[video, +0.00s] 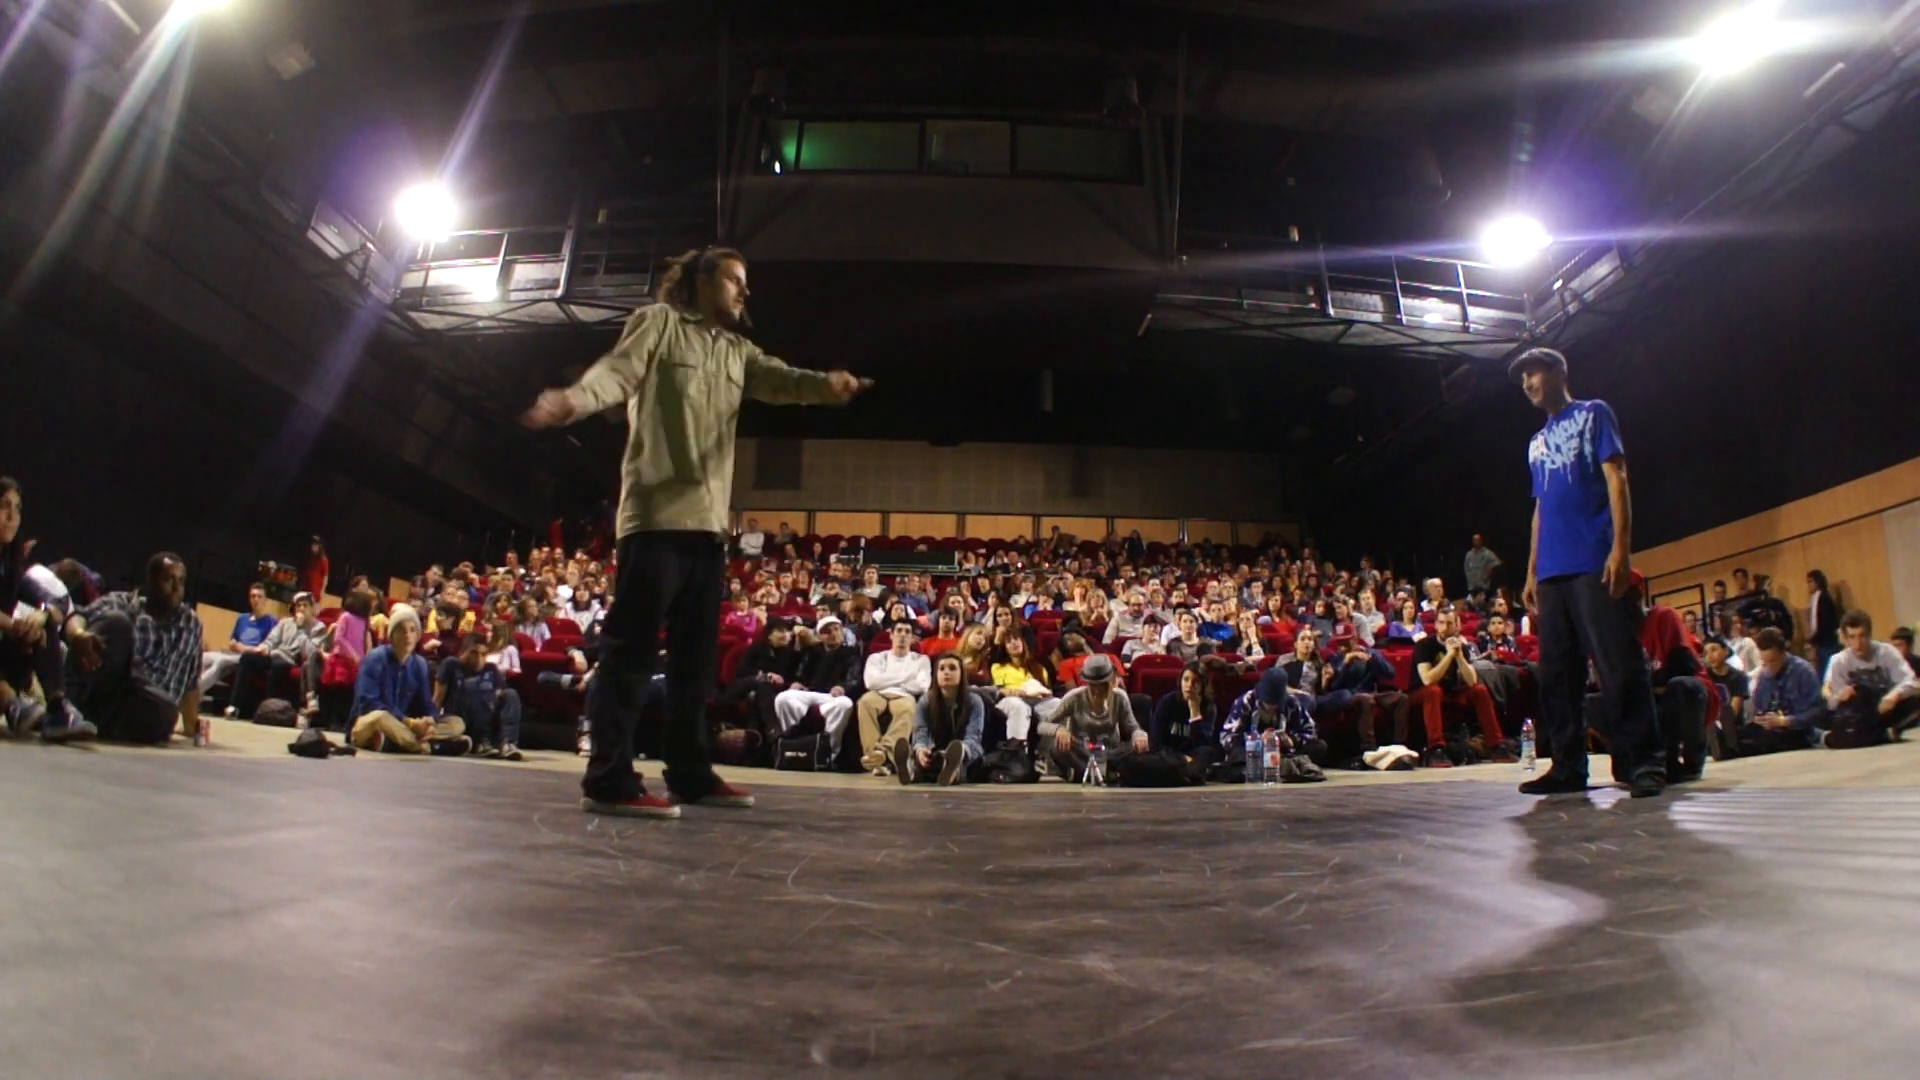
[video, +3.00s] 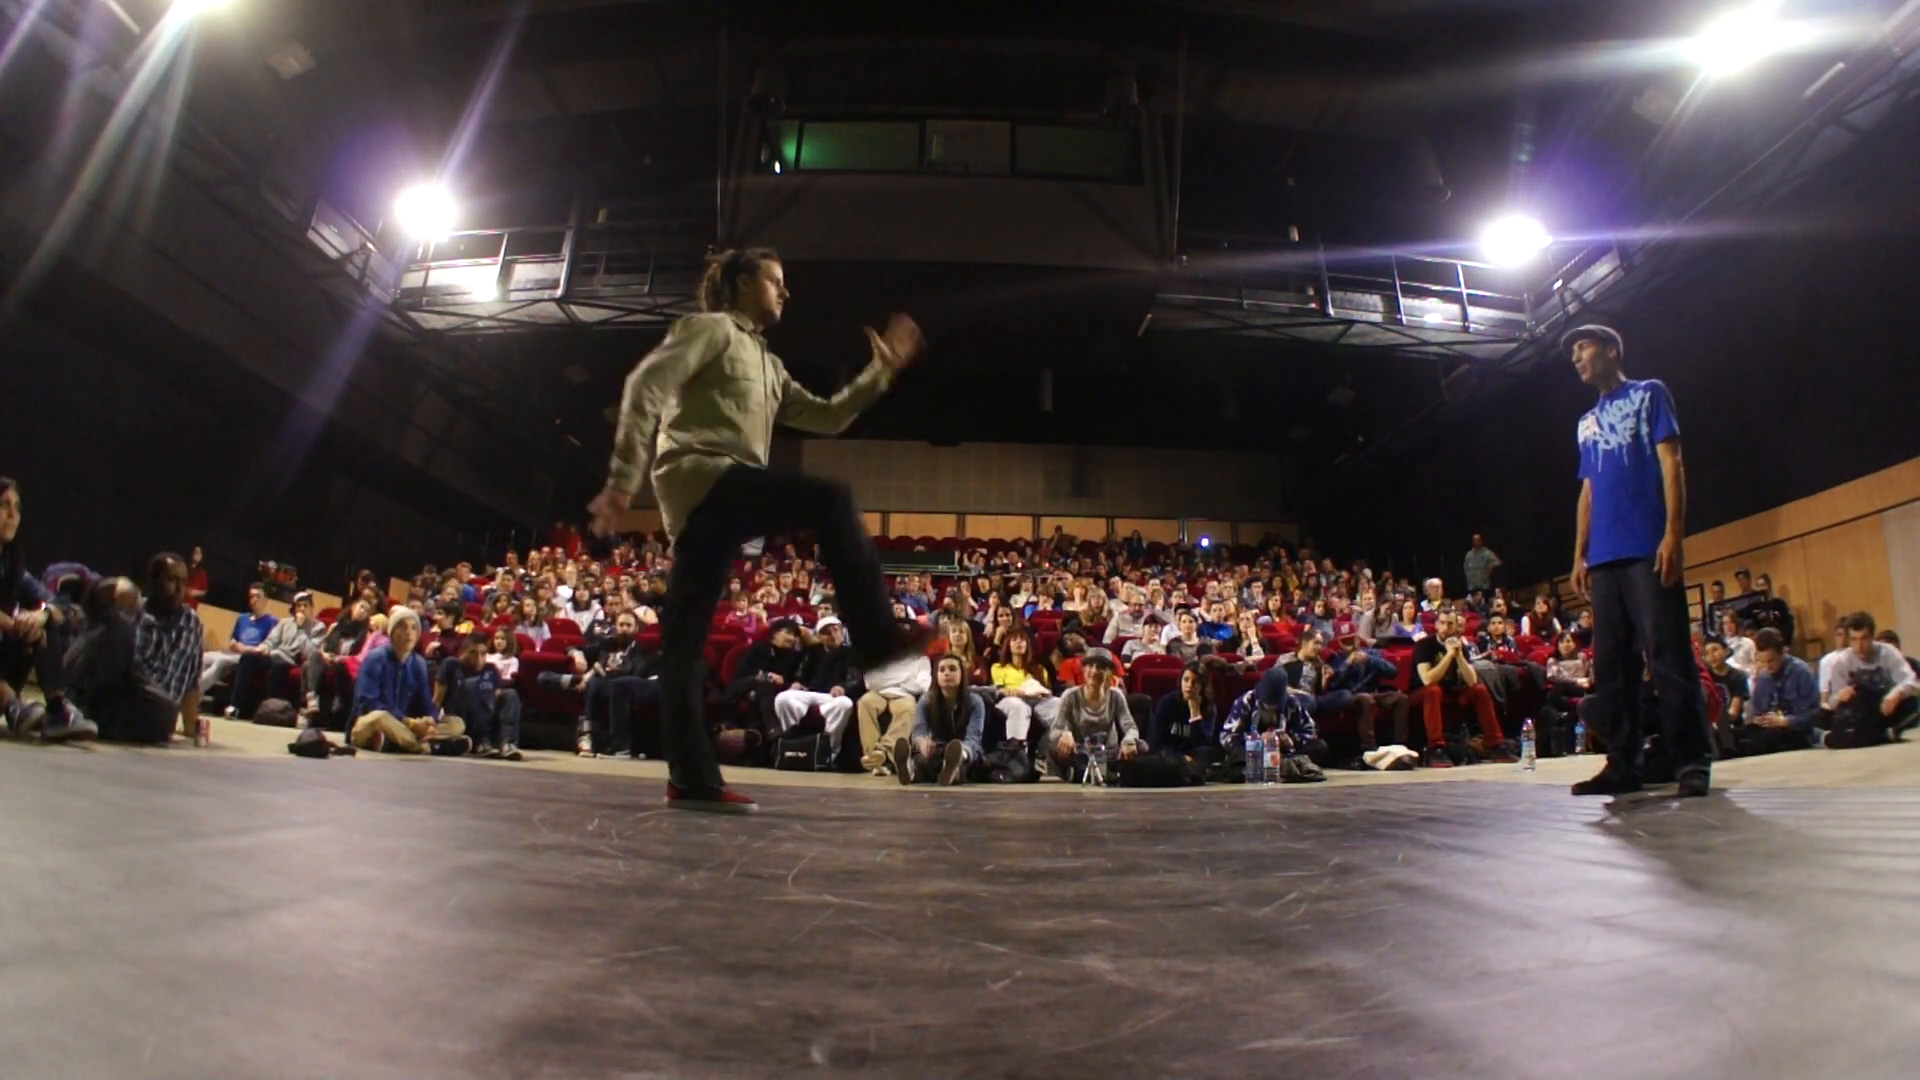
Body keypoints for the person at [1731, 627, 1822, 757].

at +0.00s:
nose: (1767, 666)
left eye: (1772, 661)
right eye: (1764, 661)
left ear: (1783, 654)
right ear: (1761, 657)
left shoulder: (1802, 671)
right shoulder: (1764, 675)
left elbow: (1817, 712)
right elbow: (1757, 709)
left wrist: (1782, 721)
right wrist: (1760, 719)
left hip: (1798, 732)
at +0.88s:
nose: (1774, 654)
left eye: (1778, 647)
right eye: (1768, 649)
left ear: (1786, 647)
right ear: (1763, 652)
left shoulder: (1802, 671)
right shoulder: (1763, 676)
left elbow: (1815, 712)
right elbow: (1757, 710)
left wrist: (1782, 721)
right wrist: (1762, 719)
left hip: (1798, 731)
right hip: (1768, 730)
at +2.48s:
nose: (1769, 662)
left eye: (1773, 656)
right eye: (1764, 658)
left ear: (1784, 651)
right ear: (1760, 657)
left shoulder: (1801, 671)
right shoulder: (1762, 676)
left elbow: (1812, 713)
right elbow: (1756, 711)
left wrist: (1784, 721)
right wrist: (1759, 719)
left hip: (1798, 732)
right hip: (1767, 731)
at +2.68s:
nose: (1767, 666)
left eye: (1771, 660)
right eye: (1763, 661)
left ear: (1782, 653)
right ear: (1759, 659)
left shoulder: (1801, 672)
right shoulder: (1762, 676)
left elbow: (1812, 712)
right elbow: (1758, 711)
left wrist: (1784, 721)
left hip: (1798, 731)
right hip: (1769, 729)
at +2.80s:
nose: (1767, 666)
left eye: (1771, 661)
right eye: (1763, 662)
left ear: (1782, 653)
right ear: (1758, 658)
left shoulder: (1801, 672)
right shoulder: (1762, 676)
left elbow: (1812, 713)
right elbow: (1758, 711)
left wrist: (1784, 721)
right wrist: (1761, 720)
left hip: (1798, 731)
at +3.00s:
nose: (1767, 667)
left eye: (1771, 661)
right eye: (1763, 662)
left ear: (1783, 653)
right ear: (1758, 658)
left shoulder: (1801, 672)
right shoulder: (1763, 676)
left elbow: (1813, 713)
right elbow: (1758, 711)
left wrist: (1784, 721)